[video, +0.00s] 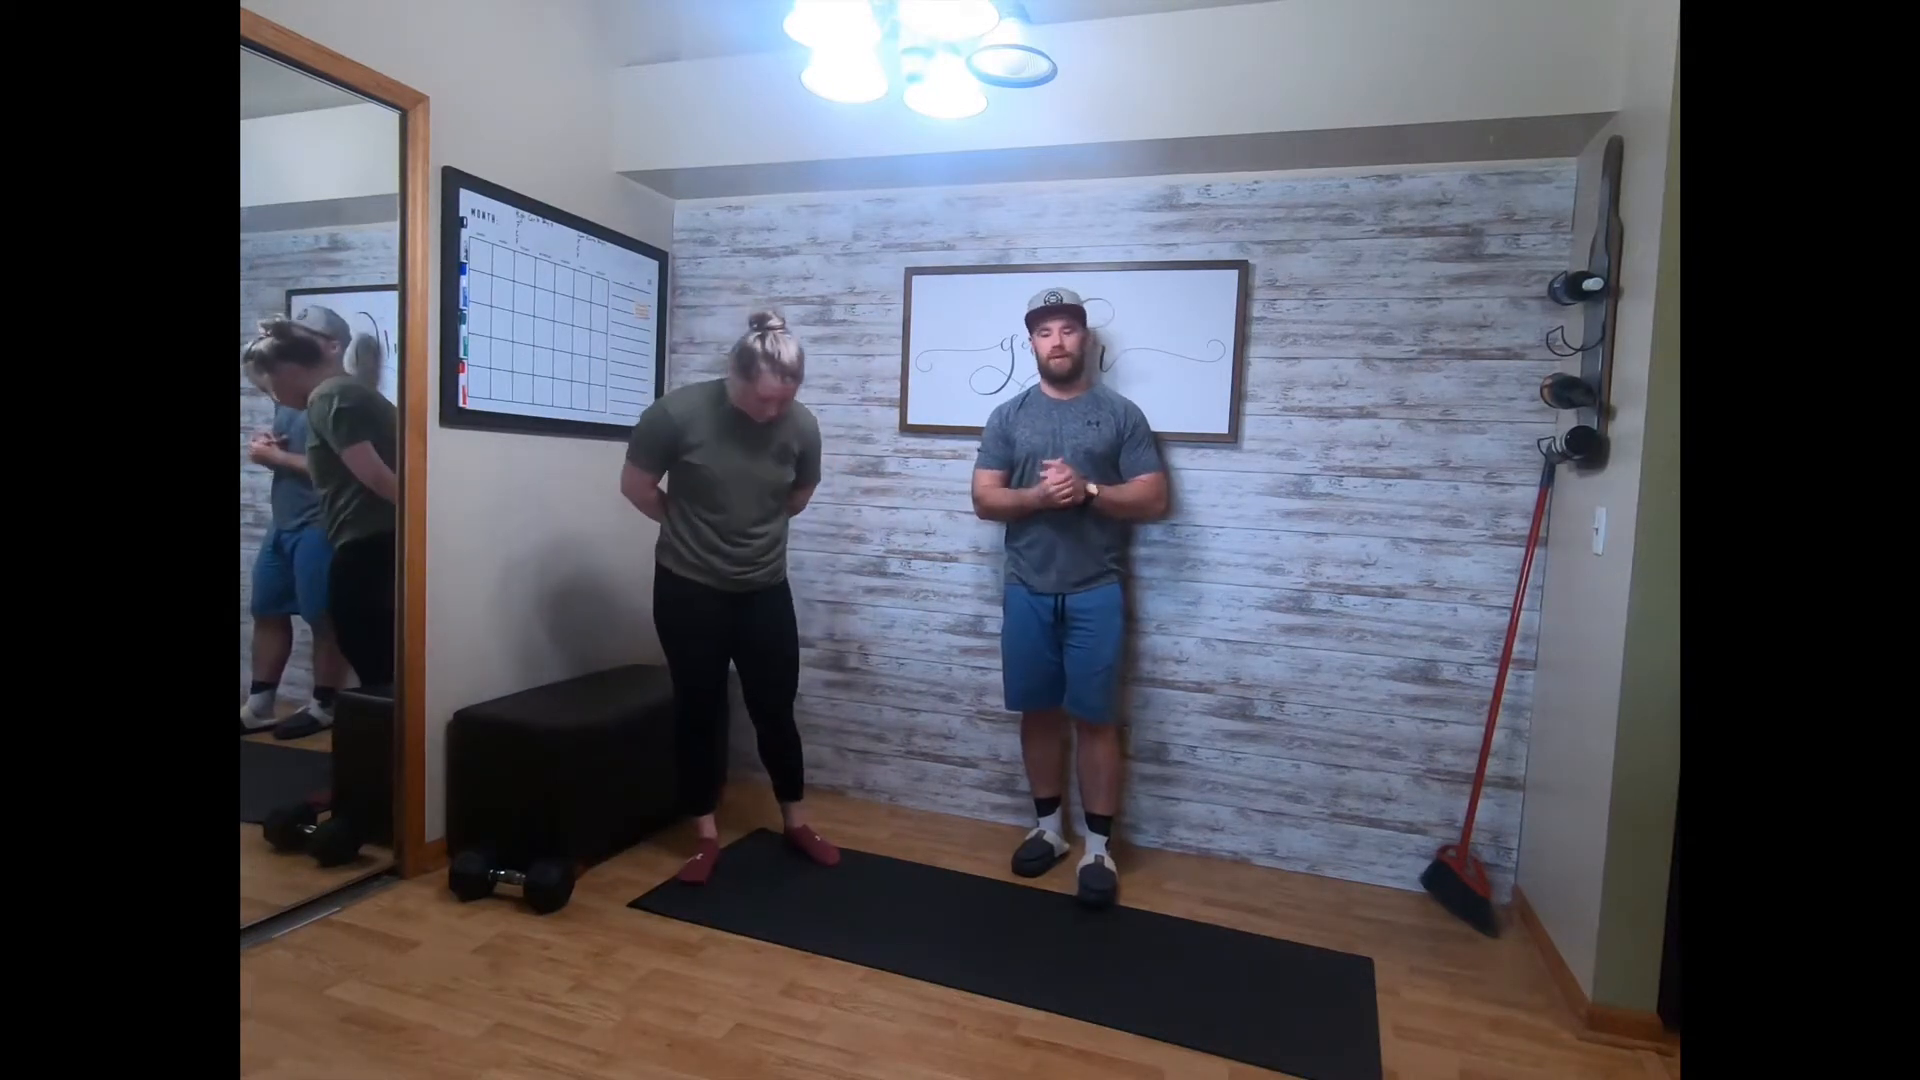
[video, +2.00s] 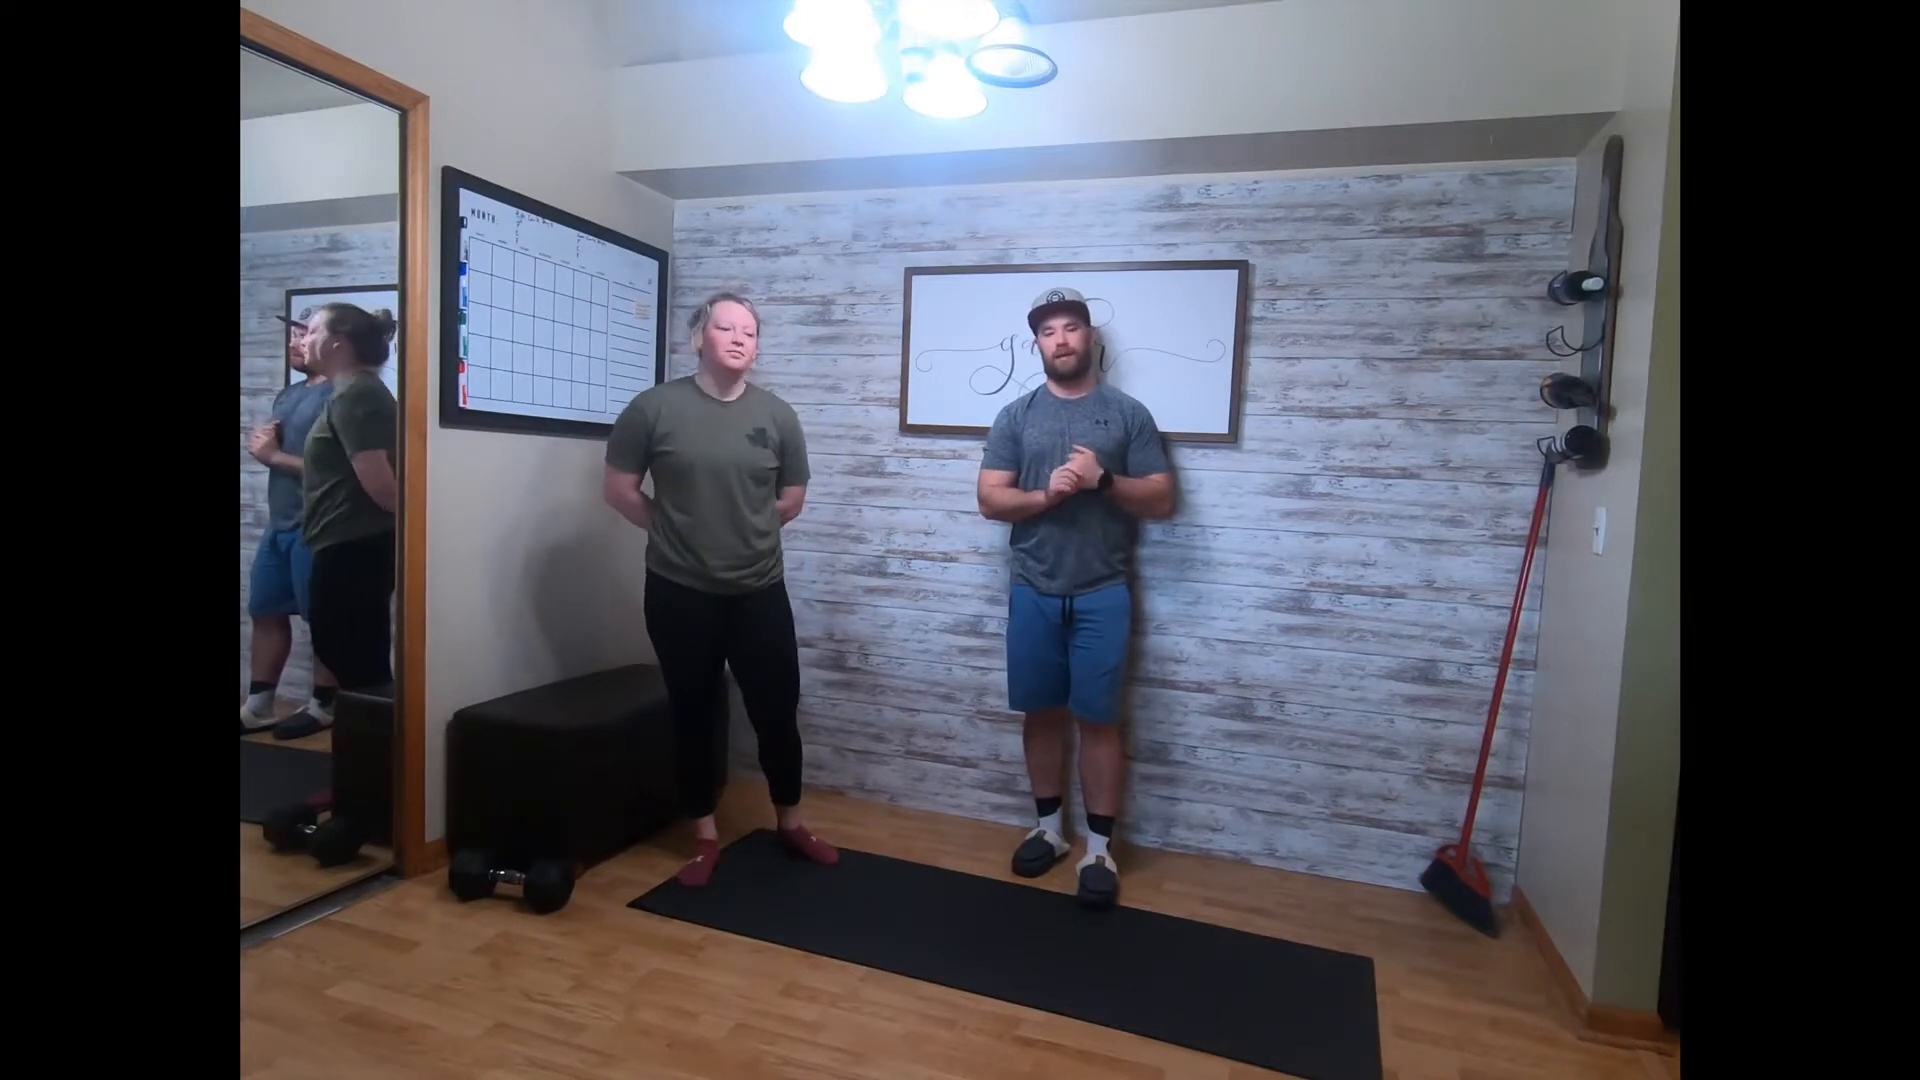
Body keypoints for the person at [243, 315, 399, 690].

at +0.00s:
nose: (277, 402)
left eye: (271, 389)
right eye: (269, 393)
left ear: (288, 367)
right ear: (313, 355)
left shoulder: (329, 398)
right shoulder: (363, 394)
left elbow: (374, 474)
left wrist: (423, 508)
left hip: (364, 547)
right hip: (386, 542)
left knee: (369, 657)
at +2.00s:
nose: (305, 340)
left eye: (313, 332)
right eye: (308, 331)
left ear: (339, 342)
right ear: (343, 343)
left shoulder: (357, 396)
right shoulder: (354, 393)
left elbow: (385, 489)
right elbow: (387, 483)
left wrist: (429, 519)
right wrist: (429, 516)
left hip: (354, 547)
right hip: (353, 545)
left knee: (353, 660)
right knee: (358, 657)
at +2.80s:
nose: (312, 349)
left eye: (318, 340)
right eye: (313, 340)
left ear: (344, 346)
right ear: (346, 347)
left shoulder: (366, 399)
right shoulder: (371, 392)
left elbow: (390, 483)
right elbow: (390, 479)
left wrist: (426, 518)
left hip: (359, 543)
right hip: (366, 538)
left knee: (361, 653)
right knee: (366, 653)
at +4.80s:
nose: (305, 346)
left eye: (312, 337)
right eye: (305, 337)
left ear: (338, 344)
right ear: (345, 345)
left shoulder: (349, 392)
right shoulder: (366, 389)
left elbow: (369, 474)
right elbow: (378, 471)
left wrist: (414, 511)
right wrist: (415, 511)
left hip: (349, 544)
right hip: (362, 539)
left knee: (361, 658)